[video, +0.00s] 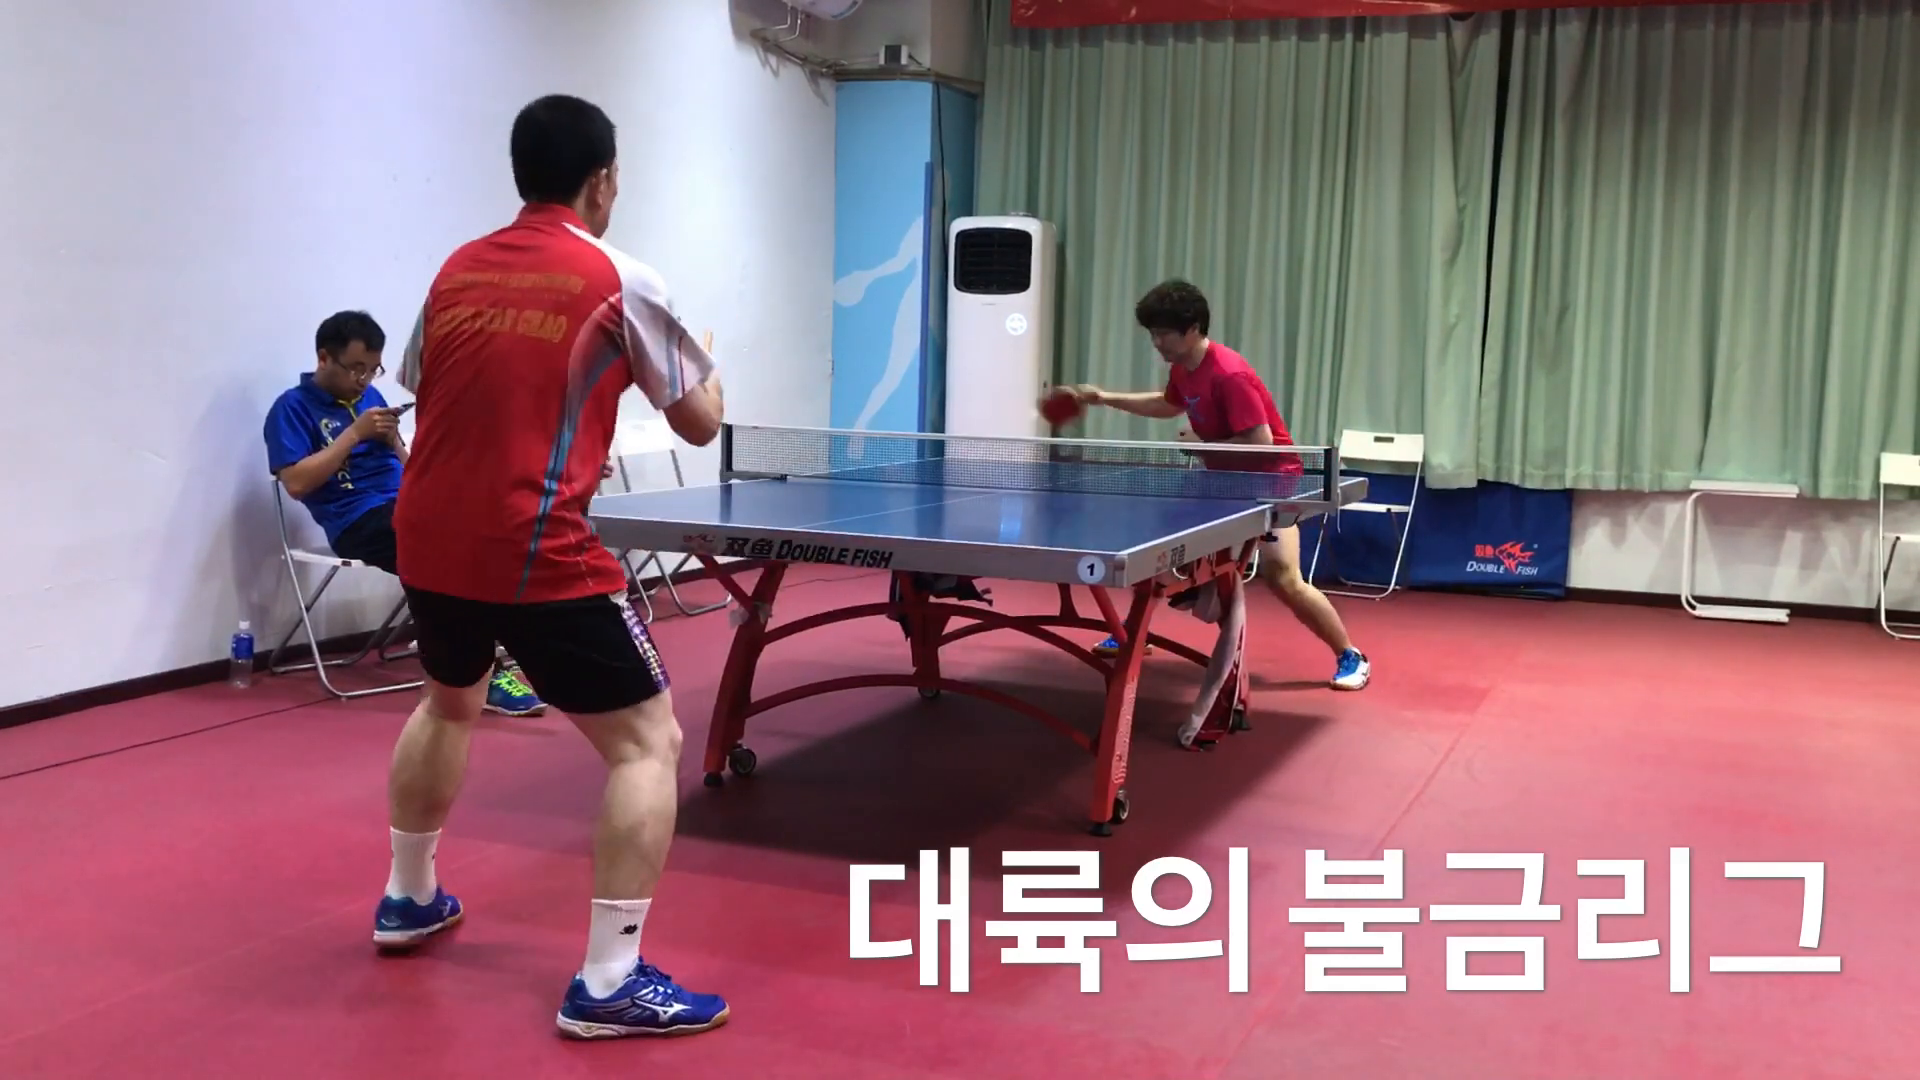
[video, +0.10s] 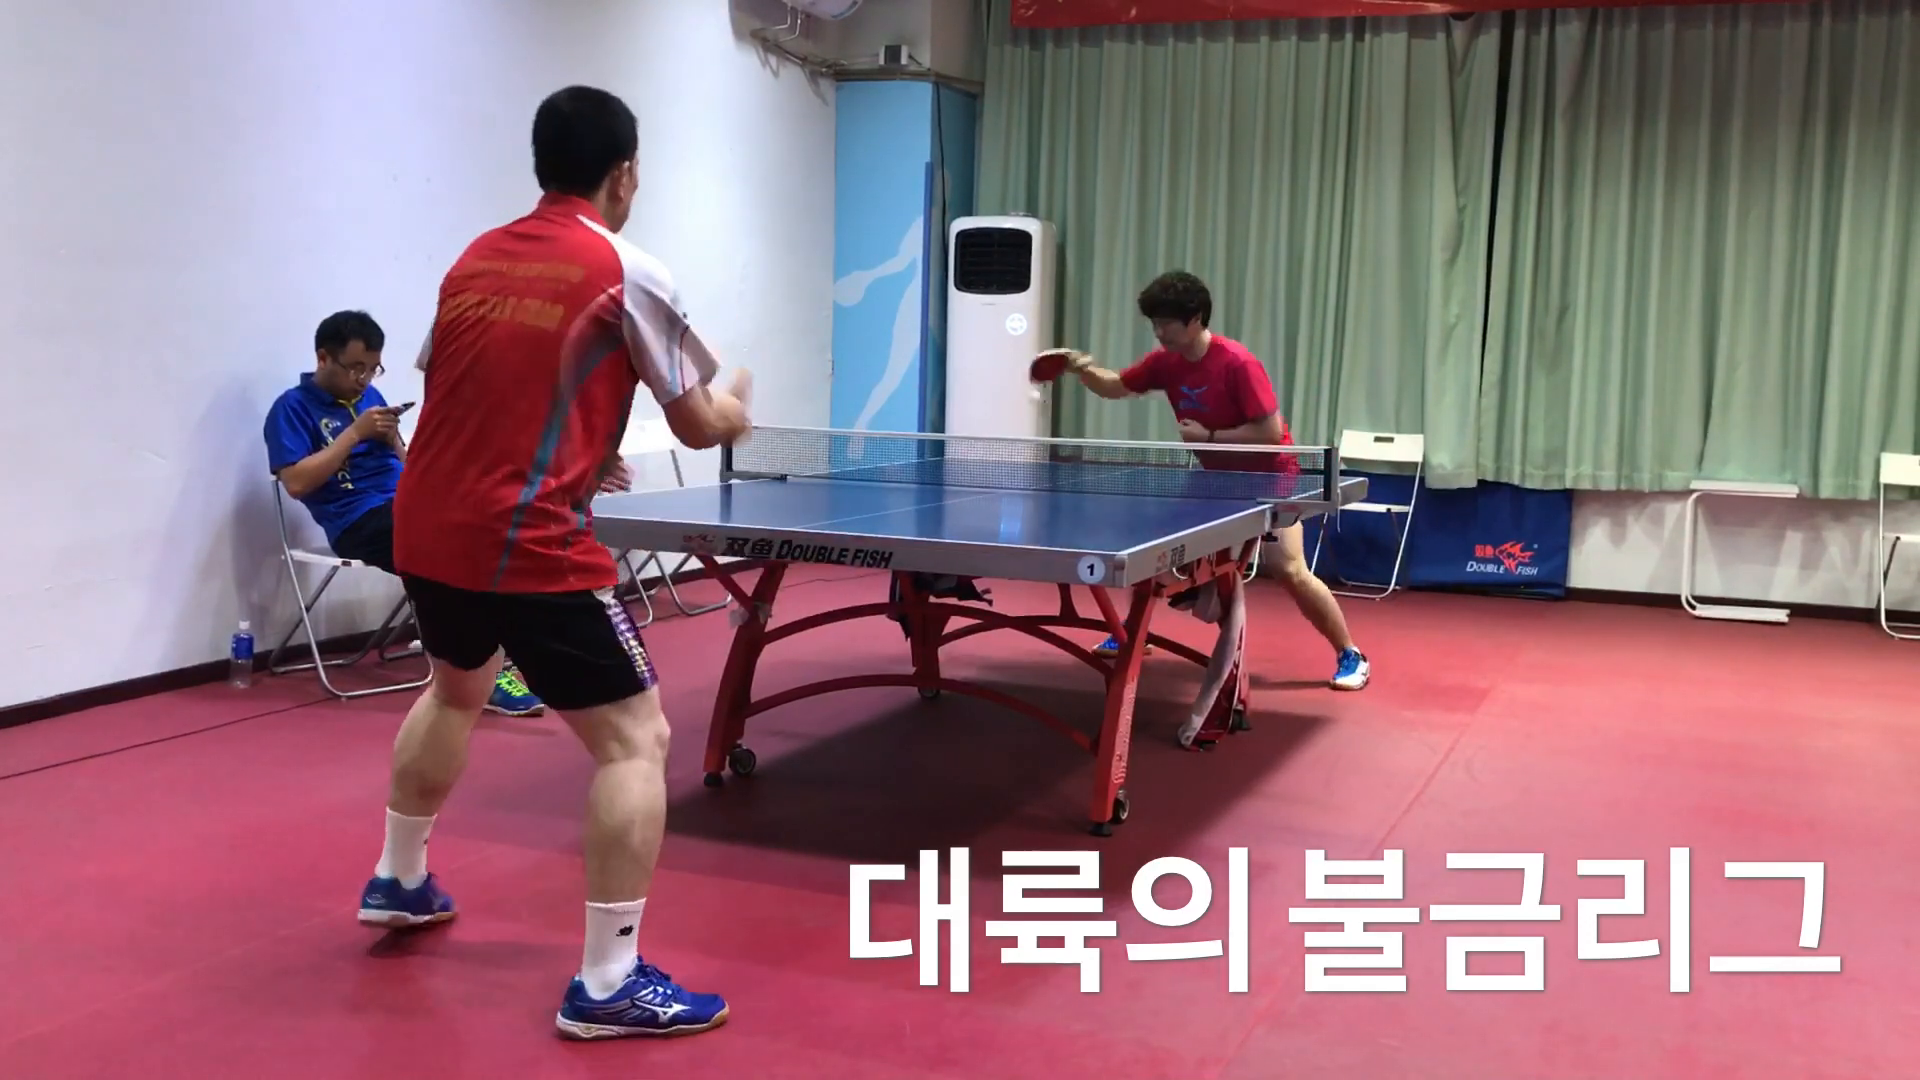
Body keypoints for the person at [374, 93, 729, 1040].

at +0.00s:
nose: (616, 192)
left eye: (614, 178)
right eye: (615, 179)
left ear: (518, 179)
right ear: (598, 184)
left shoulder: (458, 266)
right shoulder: (612, 281)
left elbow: (423, 391)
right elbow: (698, 424)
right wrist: (706, 380)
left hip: (428, 544)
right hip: (540, 554)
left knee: (448, 703)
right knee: (646, 743)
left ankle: (408, 898)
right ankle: (609, 979)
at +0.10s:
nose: (638, 183)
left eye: (635, 170)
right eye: (637, 170)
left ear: (539, 171)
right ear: (621, 176)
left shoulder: (475, 258)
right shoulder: (624, 274)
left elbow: (444, 401)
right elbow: (697, 425)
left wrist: (577, 452)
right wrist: (732, 407)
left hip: (428, 534)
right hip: (532, 549)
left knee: (455, 689)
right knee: (631, 738)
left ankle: (396, 880)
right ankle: (608, 979)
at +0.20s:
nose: (659, 197)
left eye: (656, 179)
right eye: (659, 179)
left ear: (567, 174)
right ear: (639, 182)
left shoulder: (511, 255)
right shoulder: (605, 271)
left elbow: (523, 410)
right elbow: (658, 440)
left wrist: (631, 459)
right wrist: (745, 481)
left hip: (423, 535)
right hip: (509, 551)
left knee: (453, 712)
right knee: (615, 735)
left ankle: (369, 895)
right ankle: (606, 983)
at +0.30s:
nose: (673, 214)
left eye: (671, 197)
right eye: (669, 197)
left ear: (585, 199)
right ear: (640, 204)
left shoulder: (540, 276)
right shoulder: (584, 295)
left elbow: (560, 437)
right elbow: (598, 448)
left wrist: (641, 470)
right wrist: (722, 539)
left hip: (420, 553)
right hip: (487, 565)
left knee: (461, 725)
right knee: (618, 735)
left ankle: (365, 903)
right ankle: (603, 983)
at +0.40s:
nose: (678, 224)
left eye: (676, 207)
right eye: (672, 208)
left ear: (596, 218)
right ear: (636, 218)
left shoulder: (539, 290)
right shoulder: (602, 312)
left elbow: (543, 414)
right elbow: (659, 452)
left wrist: (620, 474)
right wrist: (793, 519)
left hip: (407, 557)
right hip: (471, 568)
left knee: (459, 724)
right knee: (615, 738)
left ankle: (365, 901)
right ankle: (596, 984)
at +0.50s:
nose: (712, 251)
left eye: (708, 233)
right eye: (704, 234)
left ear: (622, 238)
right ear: (675, 243)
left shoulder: (558, 307)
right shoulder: (655, 335)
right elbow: (823, 407)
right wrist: (980, 428)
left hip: (392, 539)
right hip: (444, 556)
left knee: (433, 715)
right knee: (604, 740)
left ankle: (359, 897)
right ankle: (596, 988)